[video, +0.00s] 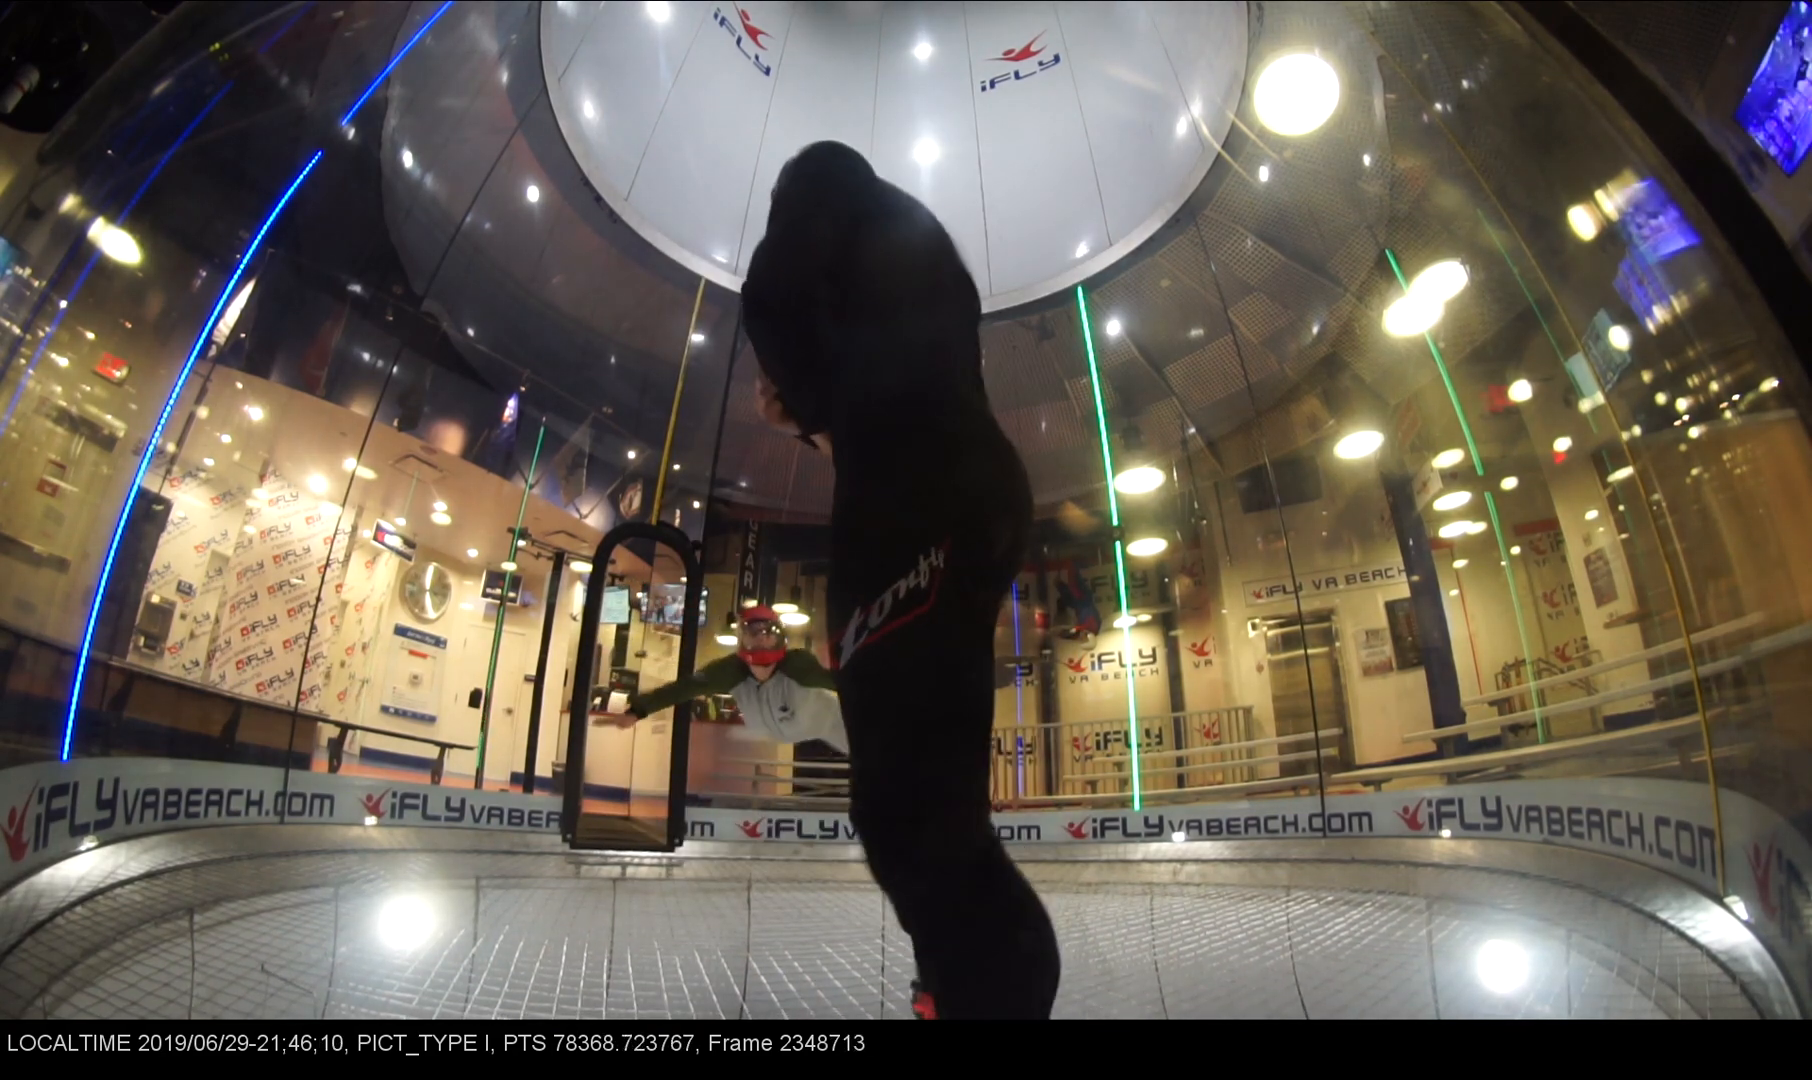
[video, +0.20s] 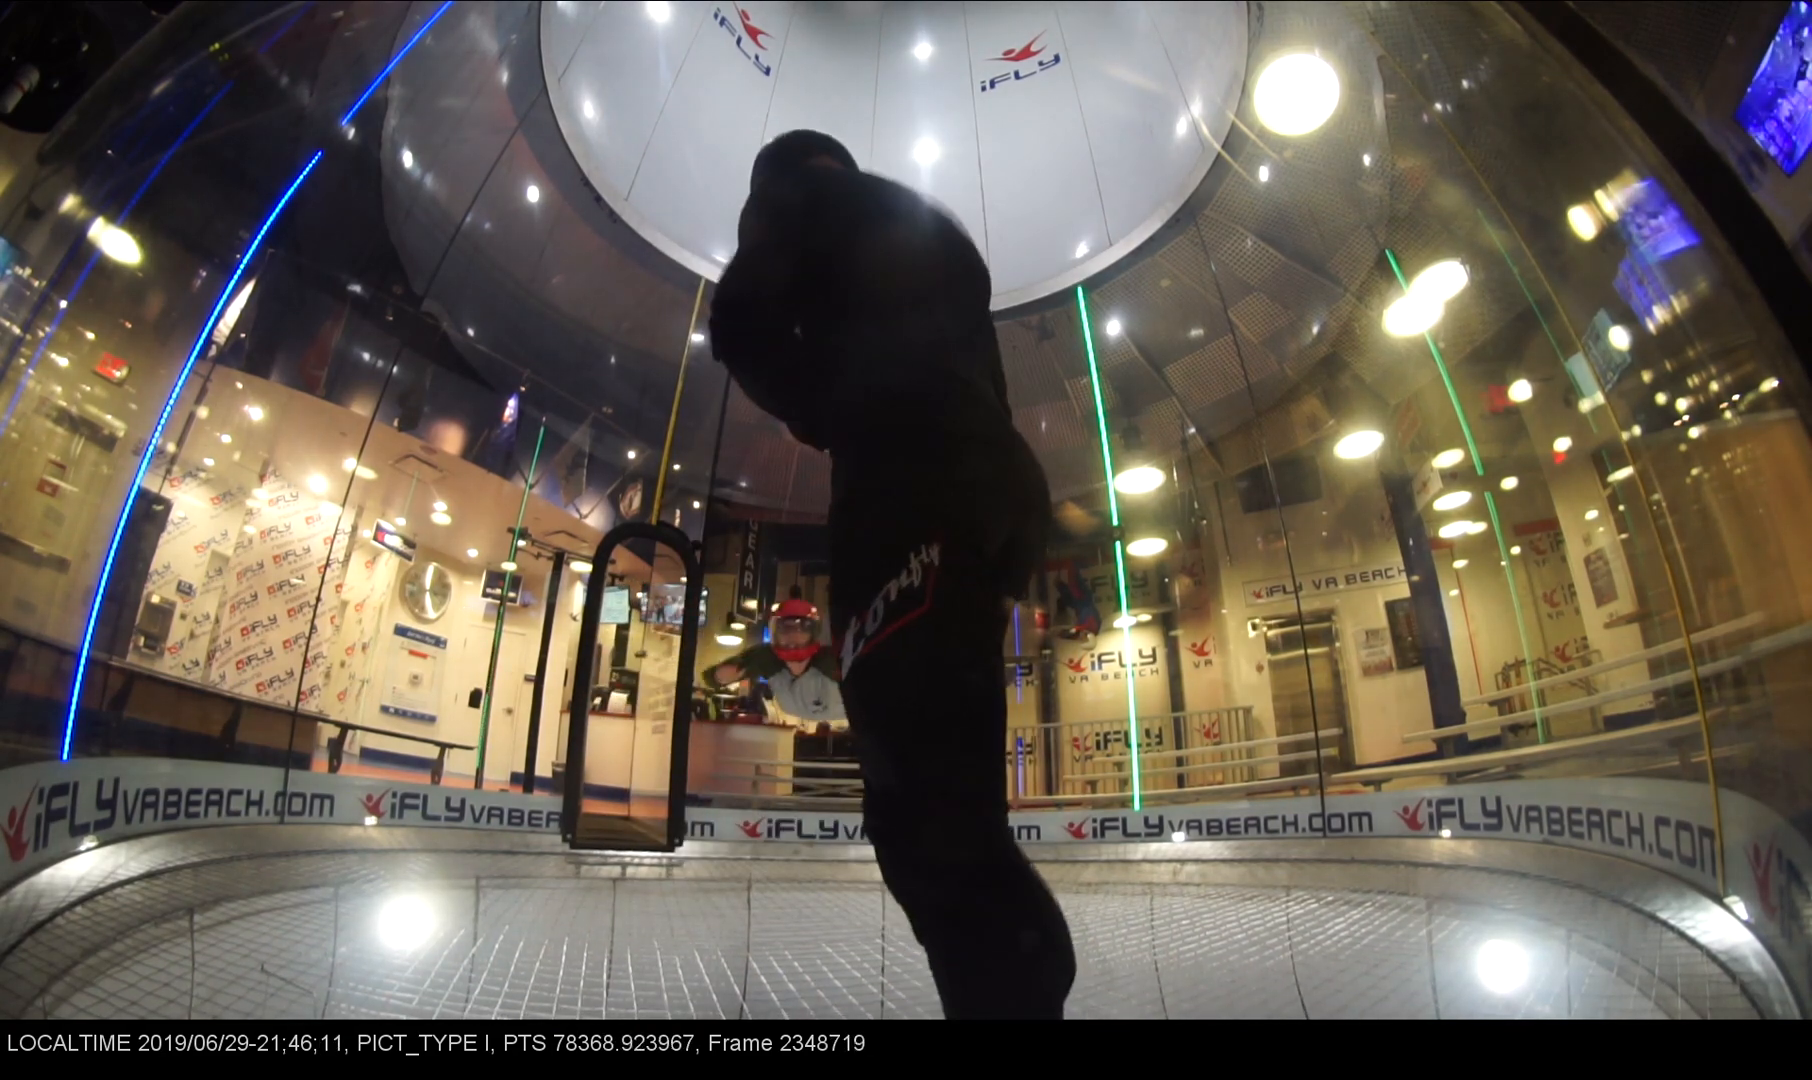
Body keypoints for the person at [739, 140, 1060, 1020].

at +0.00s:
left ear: (802, 185)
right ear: (860, 179)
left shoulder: (826, 187)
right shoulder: (911, 234)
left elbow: (771, 297)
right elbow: (895, 368)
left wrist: (807, 396)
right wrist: (806, 395)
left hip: (908, 499)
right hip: (964, 491)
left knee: (902, 804)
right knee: (932, 800)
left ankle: (987, 990)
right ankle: (981, 986)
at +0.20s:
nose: (757, 213)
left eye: (761, 196)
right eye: (759, 198)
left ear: (789, 174)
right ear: (839, 167)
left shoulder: (804, 205)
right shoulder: (920, 226)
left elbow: (740, 316)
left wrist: (832, 413)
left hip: (905, 506)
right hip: (981, 496)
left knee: (920, 809)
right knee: (950, 805)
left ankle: (1004, 993)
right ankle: (1016, 988)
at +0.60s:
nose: (813, 233)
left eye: (808, 224)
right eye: (828, 226)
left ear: (803, 217)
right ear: (875, 221)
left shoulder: (779, 238)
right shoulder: (950, 282)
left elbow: (662, 356)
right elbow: (968, 421)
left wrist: (785, 408)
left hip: (859, 518)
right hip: (978, 517)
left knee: (862, 823)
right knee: (969, 805)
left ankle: (979, 1005)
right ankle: (1101, 1005)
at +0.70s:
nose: (808, 254)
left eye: (803, 244)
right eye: (822, 249)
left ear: (803, 240)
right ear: (869, 244)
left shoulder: (777, 258)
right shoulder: (933, 298)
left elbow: (651, 370)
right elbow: (960, 433)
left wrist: (767, 425)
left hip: (849, 524)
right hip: (969, 525)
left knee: (840, 825)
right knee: (963, 808)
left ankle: (969, 1009)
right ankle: (1088, 1006)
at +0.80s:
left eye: (801, 272)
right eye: (833, 277)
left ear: (798, 271)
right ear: (861, 277)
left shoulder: (769, 285)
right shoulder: (922, 336)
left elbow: (631, 383)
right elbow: (935, 461)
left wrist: (741, 448)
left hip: (847, 549)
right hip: (962, 550)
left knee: (821, 850)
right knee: (950, 828)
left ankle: (990, 1009)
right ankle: (1085, 1010)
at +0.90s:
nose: (785, 318)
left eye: (780, 307)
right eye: (806, 308)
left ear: (784, 297)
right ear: (849, 307)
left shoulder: (756, 316)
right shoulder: (906, 369)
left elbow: (604, 394)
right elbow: (918, 494)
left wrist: (705, 468)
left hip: (835, 586)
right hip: (942, 580)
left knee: (826, 861)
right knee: (945, 830)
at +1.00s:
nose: (772, 347)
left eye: (770, 335)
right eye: (785, 338)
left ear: (771, 328)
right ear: (828, 334)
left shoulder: (748, 351)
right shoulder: (882, 396)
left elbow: (583, 420)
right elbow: (906, 532)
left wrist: (676, 467)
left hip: (824, 605)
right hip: (913, 599)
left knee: (846, 844)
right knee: (966, 860)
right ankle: (1057, 1011)